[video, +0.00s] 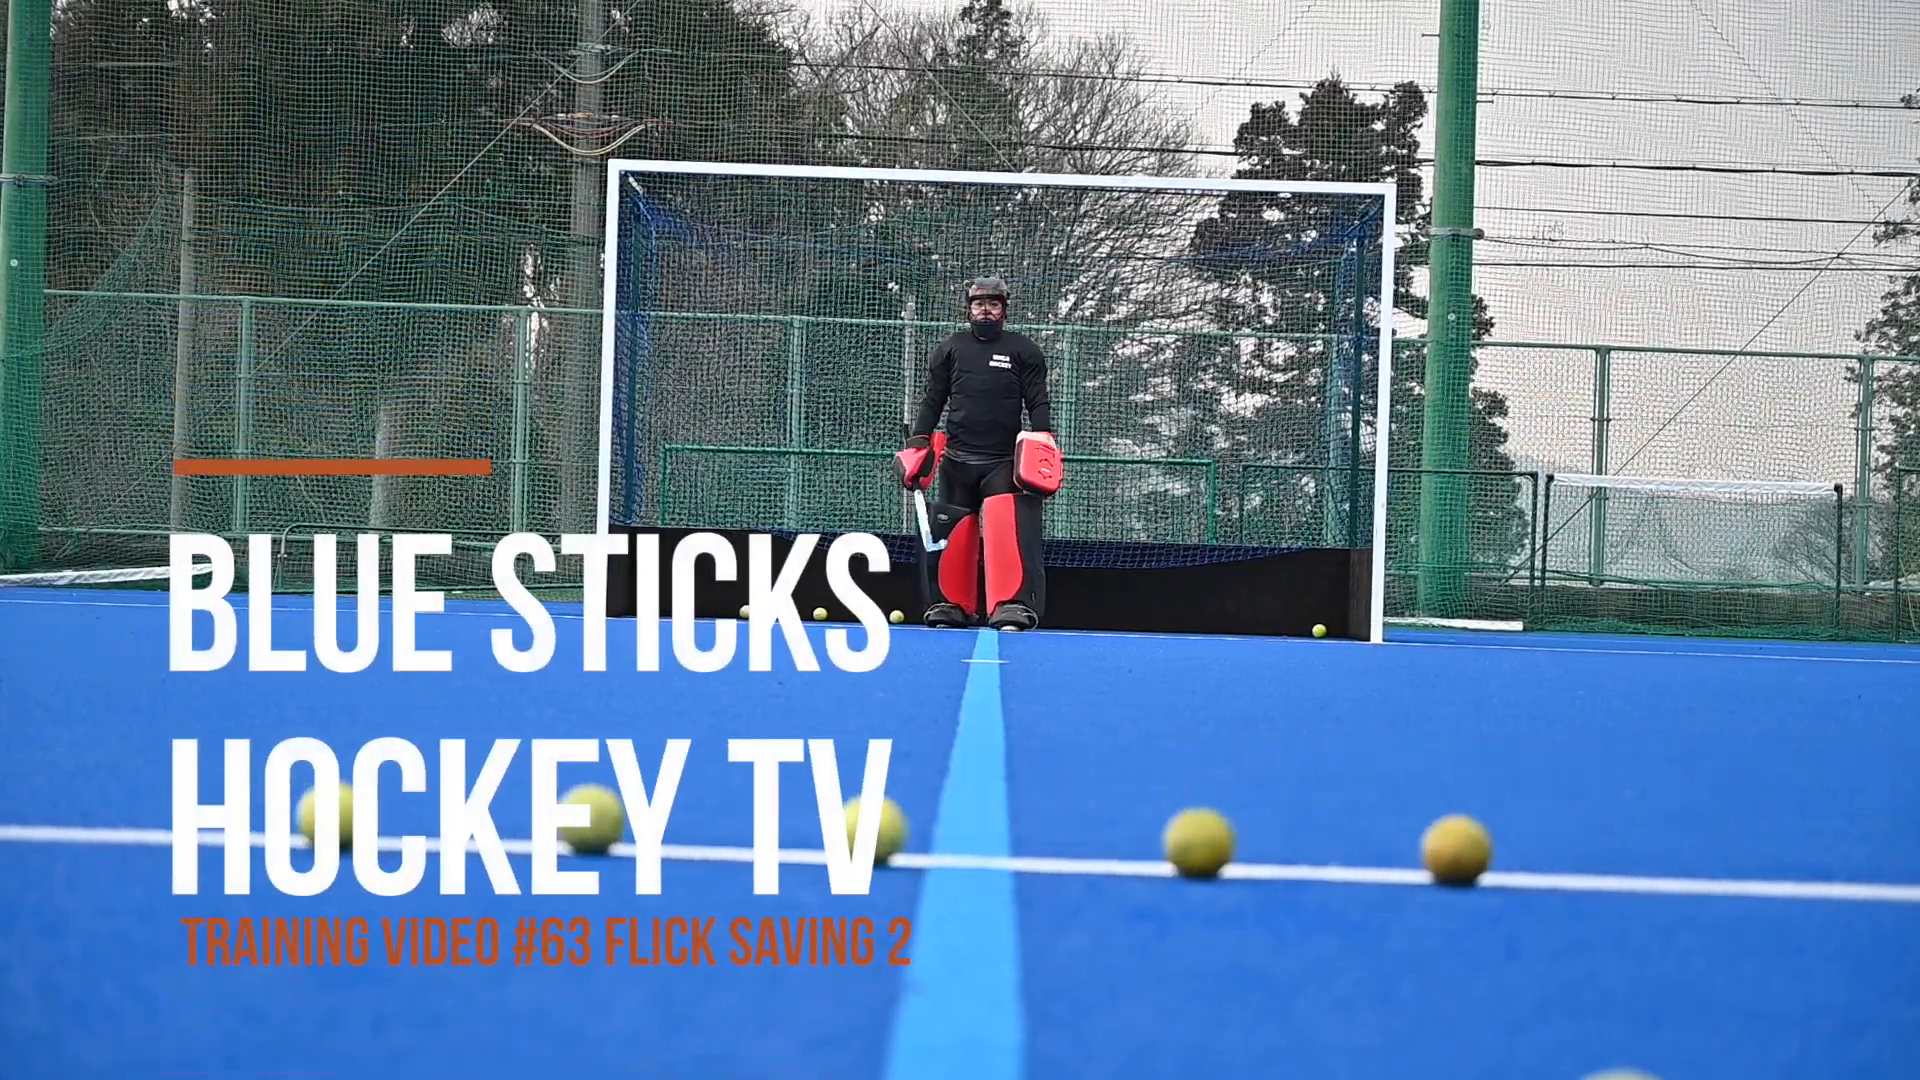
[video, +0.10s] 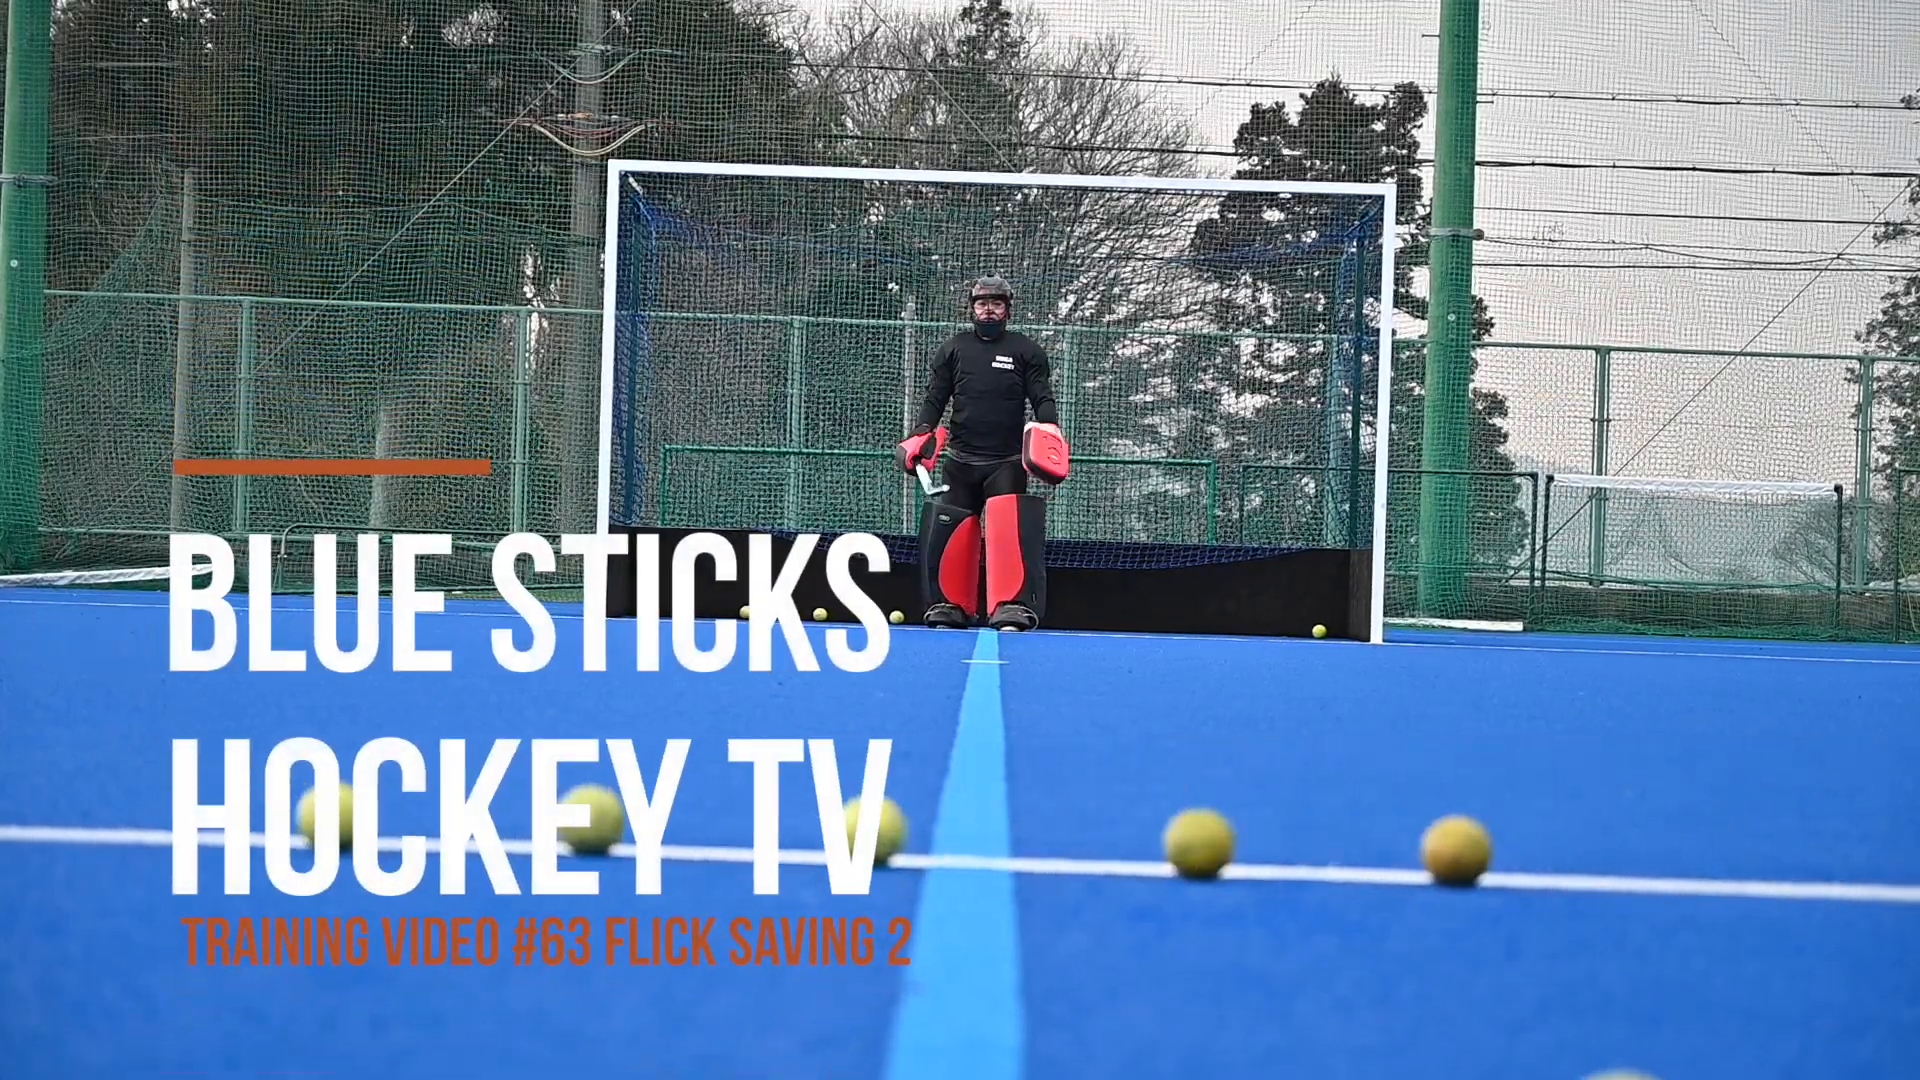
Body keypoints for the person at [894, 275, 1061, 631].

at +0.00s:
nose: (986, 310)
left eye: (993, 303)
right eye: (979, 303)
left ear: (1004, 308)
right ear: (968, 308)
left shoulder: (1024, 351)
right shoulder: (950, 349)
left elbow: (1038, 404)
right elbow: (931, 402)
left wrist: (1041, 450)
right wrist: (916, 447)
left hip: (1005, 462)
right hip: (957, 460)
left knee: (1007, 530)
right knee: (950, 530)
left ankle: (1011, 605)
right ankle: (951, 605)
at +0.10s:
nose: (989, 309)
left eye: (996, 303)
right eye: (982, 302)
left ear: (1007, 308)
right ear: (972, 307)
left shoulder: (1027, 351)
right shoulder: (953, 349)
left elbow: (1043, 400)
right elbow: (934, 400)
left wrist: (1049, 439)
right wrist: (919, 438)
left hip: (1007, 462)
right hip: (961, 460)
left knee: (1006, 531)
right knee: (952, 531)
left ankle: (1010, 607)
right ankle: (950, 605)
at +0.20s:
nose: (992, 310)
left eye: (1000, 303)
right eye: (985, 303)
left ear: (1011, 309)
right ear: (975, 308)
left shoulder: (1030, 351)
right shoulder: (956, 348)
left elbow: (1049, 398)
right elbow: (936, 399)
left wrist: (1053, 430)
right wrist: (923, 429)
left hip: (1009, 463)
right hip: (964, 461)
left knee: (1008, 533)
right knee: (951, 531)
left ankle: (1011, 607)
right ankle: (950, 605)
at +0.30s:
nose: (996, 311)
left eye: (1004, 304)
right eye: (989, 304)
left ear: (1015, 309)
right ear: (979, 309)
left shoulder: (1033, 352)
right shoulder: (959, 348)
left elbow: (1052, 395)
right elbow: (939, 395)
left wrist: (1060, 424)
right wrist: (924, 421)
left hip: (1011, 463)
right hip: (966, 460)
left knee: (1009, 533)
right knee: (953, 531)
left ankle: (1011, 607)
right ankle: (951, 605)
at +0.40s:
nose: (998, 311)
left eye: (1006, 305)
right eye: (991, 304)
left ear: (1017, 310)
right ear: (981, 309)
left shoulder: (1036, 353)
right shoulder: (962, 348)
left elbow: (1053, 392)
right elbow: (939, 394)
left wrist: (1062, 414)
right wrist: (926, 417)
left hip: (1012, 462)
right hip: (967, 460)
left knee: (1009, 530)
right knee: (956, 530)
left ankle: (1009, 607)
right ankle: (953, 605)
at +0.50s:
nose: (999, 312)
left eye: (1006, 306)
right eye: (992, 305)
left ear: (1017, 311)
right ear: (982, 309)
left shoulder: (1036, 353)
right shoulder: (962, 348)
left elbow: (1056, 393)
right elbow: (939, 394)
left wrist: (1063, 413)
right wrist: (924, 418)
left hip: (1012, 462)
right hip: (967, 460)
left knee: (1010, 531)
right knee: (957, 529)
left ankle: (1010, 607)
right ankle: (955, 604)